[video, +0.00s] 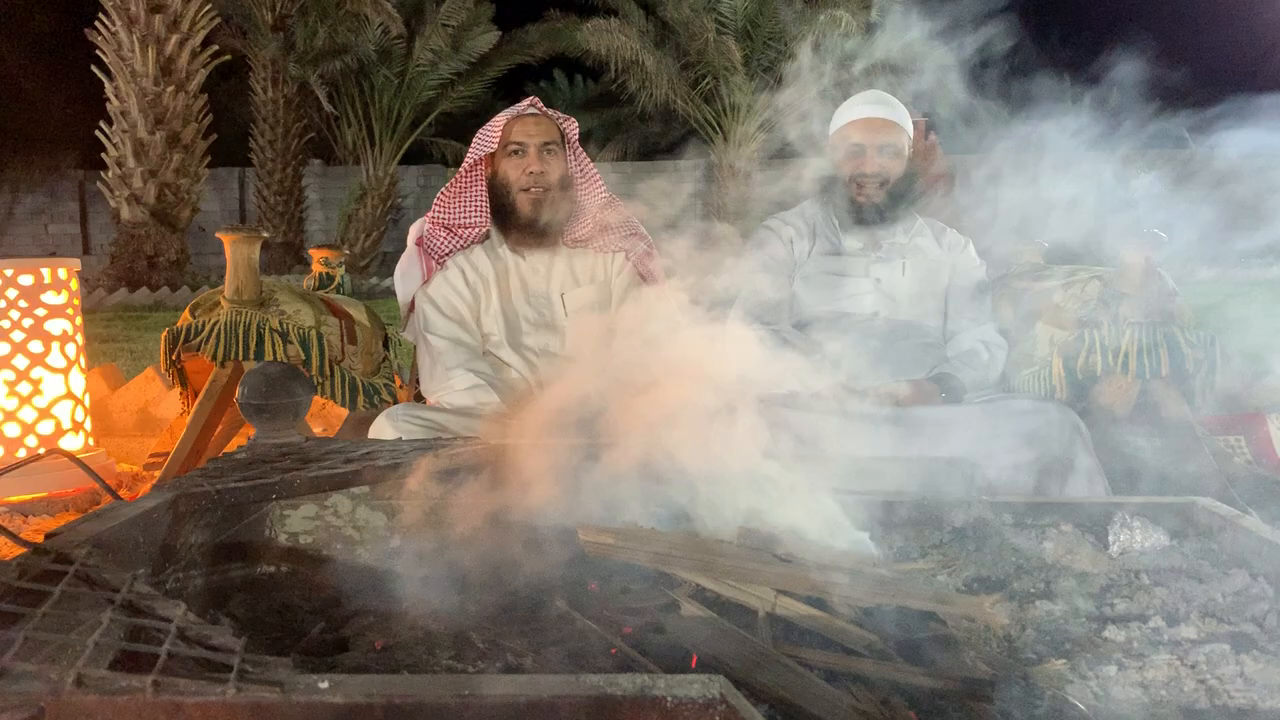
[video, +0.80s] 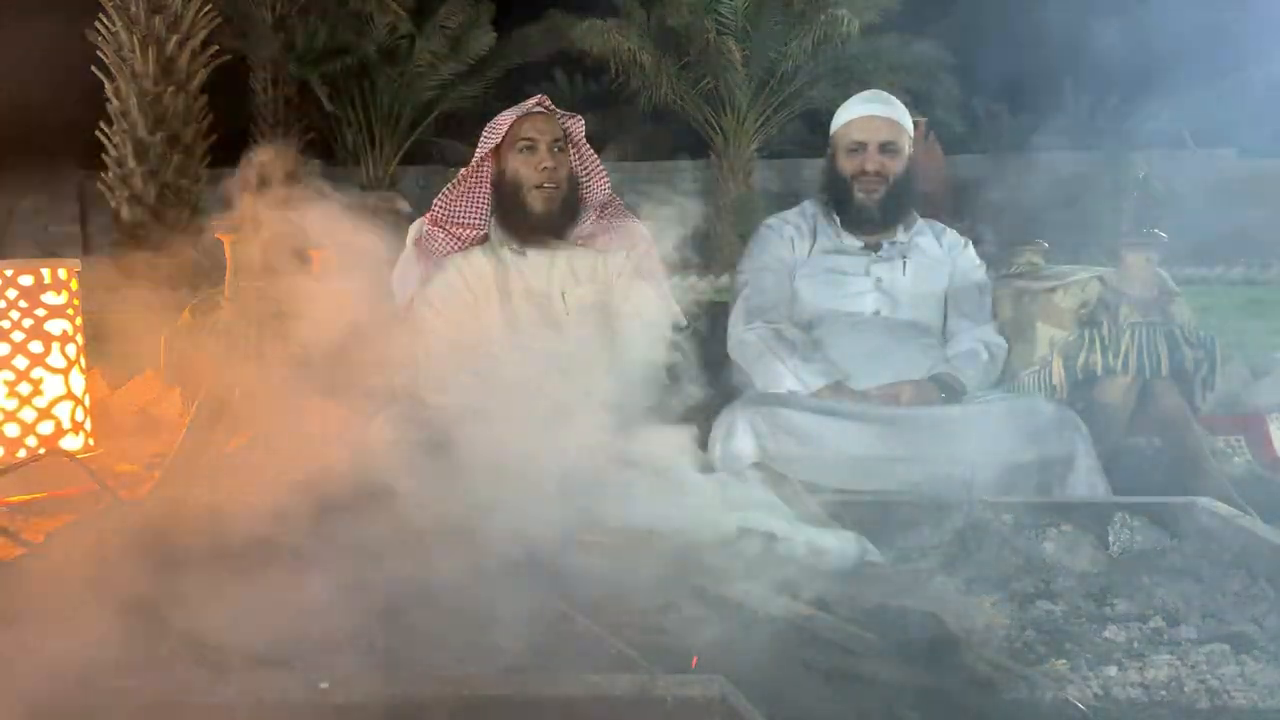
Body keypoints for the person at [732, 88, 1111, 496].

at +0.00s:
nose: (869, 167)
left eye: (886, 153)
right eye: (855, 152)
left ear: (909, 162)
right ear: (833, 155)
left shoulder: (951, 249)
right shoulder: (788, 235)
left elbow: (983, 350)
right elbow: (748, 339)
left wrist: (931, 390)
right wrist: (817, 388)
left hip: (930, 421)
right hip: (822, 417)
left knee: (1053, 426)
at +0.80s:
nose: (871, 165)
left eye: (888, 150)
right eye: (855, 150)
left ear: (909, 160)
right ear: (833, 159)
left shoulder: (951, 248)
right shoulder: (785, 235)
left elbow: (980, 340)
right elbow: (754, 333)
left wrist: (939, 387)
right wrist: (833, 396)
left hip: (936, 419)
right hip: (825, 418)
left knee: (1056, 426)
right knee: (740, 426)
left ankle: (1091, 569)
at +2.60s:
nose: (871, 168)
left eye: (888, 154)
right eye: (857, 153)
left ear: (910, 162)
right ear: (834, 157)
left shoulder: (952, 249)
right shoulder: (784, 236)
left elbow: (980, 343)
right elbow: (758, 331)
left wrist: (939, 389)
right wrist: (833, 394)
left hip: (936, 420)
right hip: (823, 416)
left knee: (1054, 426)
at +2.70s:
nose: (872, 167)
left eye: (888, 153)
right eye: (857, 152)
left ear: (910, 161)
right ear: (833, 159)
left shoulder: (951, 248)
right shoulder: (788, 236)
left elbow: (980, 342)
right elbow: (748, 329)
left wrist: (939, 389)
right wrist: (830, 393)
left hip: (934, 420)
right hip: (821, 417)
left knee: (1056, 427)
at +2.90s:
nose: (873, 168)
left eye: (889, 153)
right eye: (857, 152)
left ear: (910, 162)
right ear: (834, 156)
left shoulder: (953, 251)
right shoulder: (787, 237)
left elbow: (980, 341)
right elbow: (754, 330)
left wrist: (940, 388)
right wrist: (833, 394)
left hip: (933, 420)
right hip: (819, 415)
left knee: (1055, 427)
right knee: (736, 432)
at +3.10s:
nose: (868, 168)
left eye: (887, 153)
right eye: (854, 152)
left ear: (912, 165)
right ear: (833, 160)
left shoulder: (952, 250)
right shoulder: (785, 237)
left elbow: (981, 344)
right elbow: (748, 333)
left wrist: (940, 388)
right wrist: (835, 395)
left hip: (931, 420)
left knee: (1051, 425)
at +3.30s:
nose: (852, 168)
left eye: (871, 153)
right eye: (841, 152)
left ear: (906, 165)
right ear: (828, 161)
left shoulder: (953, 250)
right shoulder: (785, 236)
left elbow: (981, 345)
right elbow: (755, 338)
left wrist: (939, 389)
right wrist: (836, 397)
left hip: (933, 423)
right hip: (821, 419)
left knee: (1051, 425)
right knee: (740, 426)